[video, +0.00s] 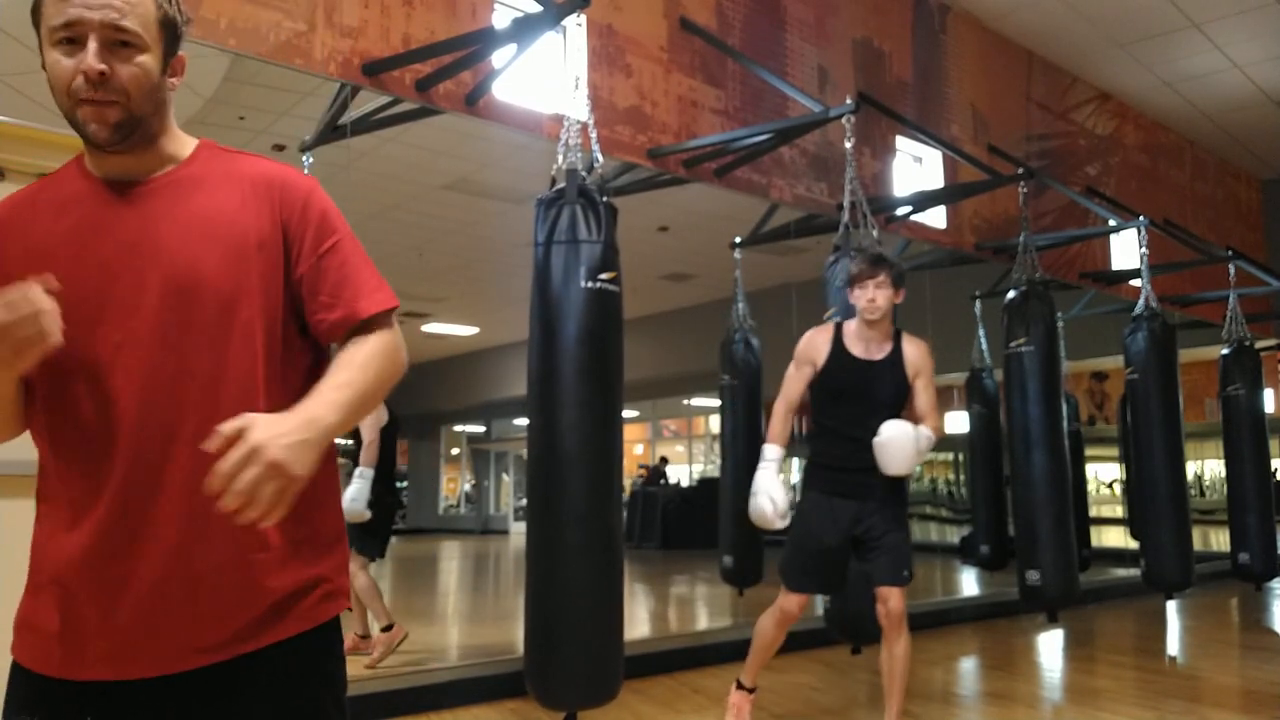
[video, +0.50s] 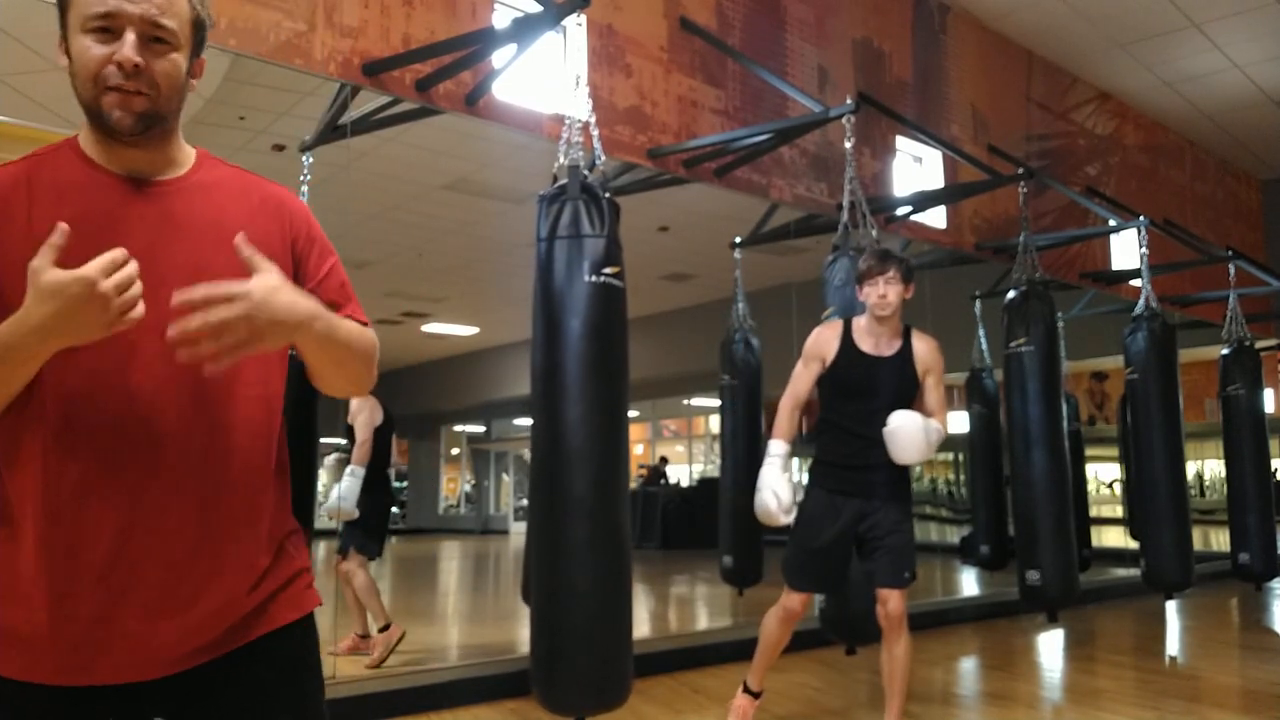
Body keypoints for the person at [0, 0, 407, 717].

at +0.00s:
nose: (91, 66)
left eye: (120, 44)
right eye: (68, 42)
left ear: (172, 69)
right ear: (44, 63)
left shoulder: (279, 197)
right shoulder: (15, 226)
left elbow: (381, 342)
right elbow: (4, 424)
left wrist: (308, 426)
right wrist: (4, 364)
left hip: (270, 635)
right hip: (78, 636)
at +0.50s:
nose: (128, 56)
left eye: (157, 39)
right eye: (103, 31)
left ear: (195, 70)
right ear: (64, 50)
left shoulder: (274, 213)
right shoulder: (8, 200)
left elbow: (358, 375)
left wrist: (302, 320)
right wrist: (31, 335)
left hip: (247, 634)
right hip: (44, 642)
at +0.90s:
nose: (188, 88)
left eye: (219, 70)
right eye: (166, 57)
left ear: (246, 91)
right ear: (118, 59)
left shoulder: (296, 232)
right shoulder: (21, 208)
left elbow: (334, 409)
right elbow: (3, 398)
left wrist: (326, 346)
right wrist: (78, 356)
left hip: (244, 652)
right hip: (51, 655)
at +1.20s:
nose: (259, 92)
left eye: (290, 78)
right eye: (241, 61)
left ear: (313, 103)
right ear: (195, 61)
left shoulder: (355, 243)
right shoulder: (82, 210)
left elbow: (401, 391)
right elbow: (7, 381)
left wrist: (381, 423)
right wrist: (145, 423)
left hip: (277, 658)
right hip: (91, 653)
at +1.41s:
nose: (289, 99)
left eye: (318, 84)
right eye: (270, 68)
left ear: (341, 106)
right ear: (225, 72)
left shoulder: (376, 248)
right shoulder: (117, 208)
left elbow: (416, 400)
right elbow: (47, 387)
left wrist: (374, 419)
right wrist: (202, 422)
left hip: (295, 651)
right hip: (116, 646)